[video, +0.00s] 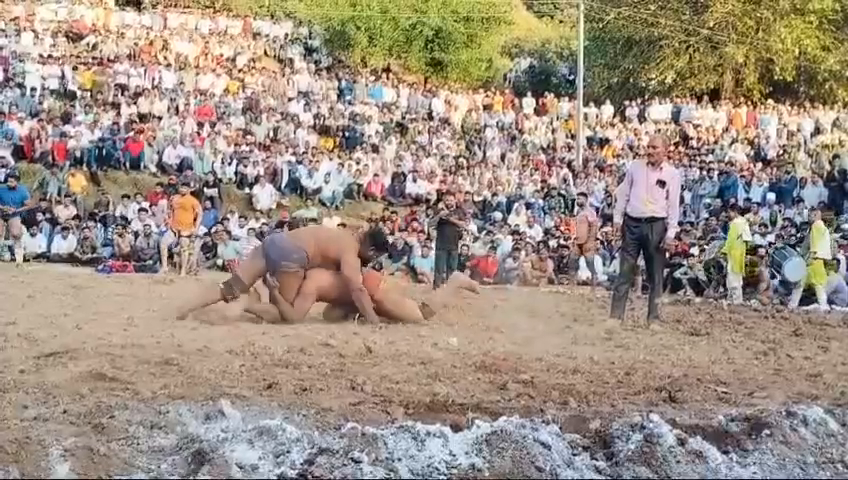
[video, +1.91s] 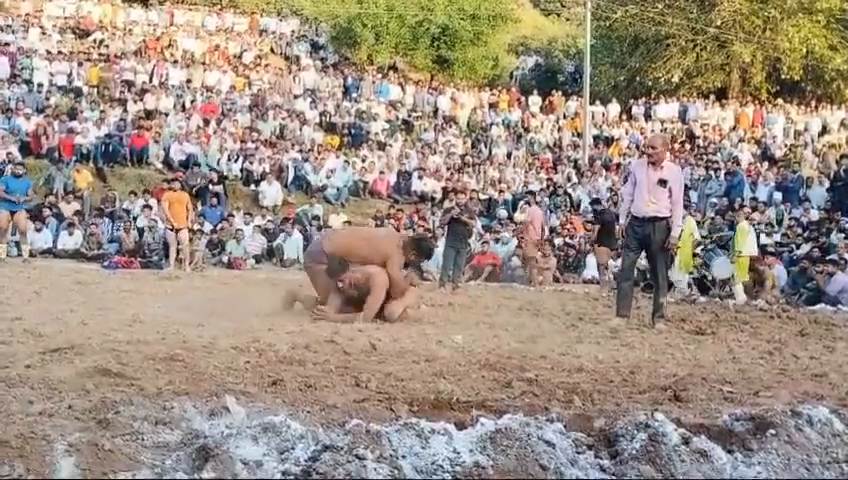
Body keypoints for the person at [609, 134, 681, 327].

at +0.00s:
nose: (650, 151)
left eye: (654, 148)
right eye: (649, 147)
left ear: (666, 150)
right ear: (646, 148)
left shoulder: (672, 173)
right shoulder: (635, 167)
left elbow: (673, 205)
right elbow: (622, 193)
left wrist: (671, 233)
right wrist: (617, 219)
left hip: (657, 222)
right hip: (632, 220)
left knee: (655, 273)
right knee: (625, 270)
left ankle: (653, 316)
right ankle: (616, 315)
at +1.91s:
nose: (649, 151)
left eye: (653, 148)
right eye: (647, 147)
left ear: (665, 149)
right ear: (645, 148)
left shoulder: (674, 171)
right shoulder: (637, 166)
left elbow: (677, 204)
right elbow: (627, 194)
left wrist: (675, 233)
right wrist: (622, 221)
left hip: (659, 222)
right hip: (636, 221)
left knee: (659, 272)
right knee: (626, 268)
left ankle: (658, 316)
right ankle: (622, 314)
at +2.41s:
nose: (651, 158)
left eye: (655, 154)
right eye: (650, 154)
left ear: (667, 155)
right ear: (648, 155)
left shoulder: (679, 175)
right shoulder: (643, 173)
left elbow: (685, 207)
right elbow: (636, 202)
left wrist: (684, 235)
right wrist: (631, 228)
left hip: (668, 228)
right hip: (645, 227)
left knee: (673, 278)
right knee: (643, 276)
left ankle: (681, 321)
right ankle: (644, 322)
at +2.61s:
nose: (675, 170)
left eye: (680, 166)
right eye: (673, 166)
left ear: (690, 166)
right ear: (669, 165)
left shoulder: (700, 184)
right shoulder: (662, 183)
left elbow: (707, 215)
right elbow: (654, 213)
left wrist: (707, 242)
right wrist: (650, 238)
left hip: (691, 237)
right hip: (667, 238)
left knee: (695, 291)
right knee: (668, 290)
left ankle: (706, 331)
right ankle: (670, 334)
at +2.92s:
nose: (663, 176)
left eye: (667, 173)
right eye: (660, 172)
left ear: (677, 172)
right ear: (657, 172)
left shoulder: (687, 191)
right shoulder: (648, 190)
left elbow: (696, 221)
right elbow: (640, 219)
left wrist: (700, 247)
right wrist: (636, 244)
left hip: (680, 245)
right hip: (656, 246)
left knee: (685, 291)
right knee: (658, 296)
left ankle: (686, 338)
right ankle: (660, 341)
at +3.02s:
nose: (660, 179)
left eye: (665, 175)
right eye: (658, 175)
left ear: (676, 174)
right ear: (655, 174)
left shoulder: (686, 194)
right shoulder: (646, 193)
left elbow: (694, 224)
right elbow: (639, 222)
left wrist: (698, 250)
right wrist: (635, 247)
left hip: (678, 248)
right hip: (653, 249)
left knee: (683, 294)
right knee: (656, 300)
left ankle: (688, 342)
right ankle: (658, 345)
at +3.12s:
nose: (661, 182)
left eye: (666, 179)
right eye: (659, 178)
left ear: (677, 178)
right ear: (656, 177)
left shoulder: (688, 197)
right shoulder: (648, 195)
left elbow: (695, 227)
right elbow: (639, 224)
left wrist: (698, 252)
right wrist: (635, 249)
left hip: (678, 251)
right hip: (654, 252)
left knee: (684, 298)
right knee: (656, 303)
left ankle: (692, 345)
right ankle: (656, 347)